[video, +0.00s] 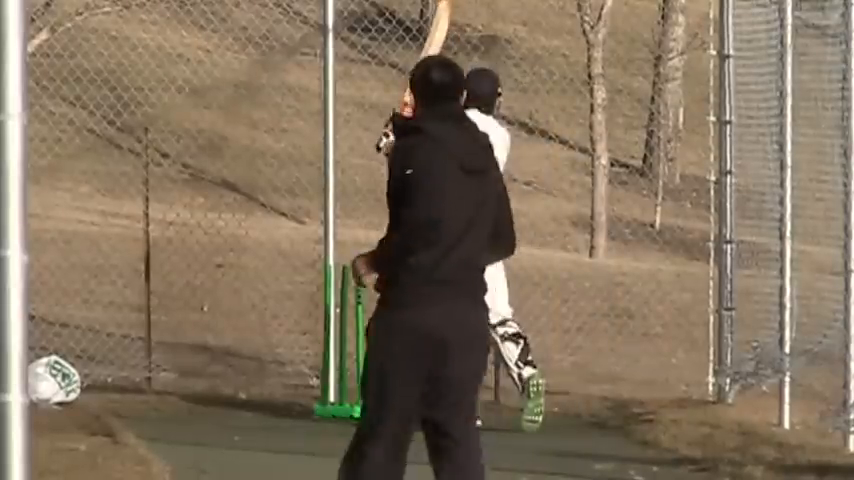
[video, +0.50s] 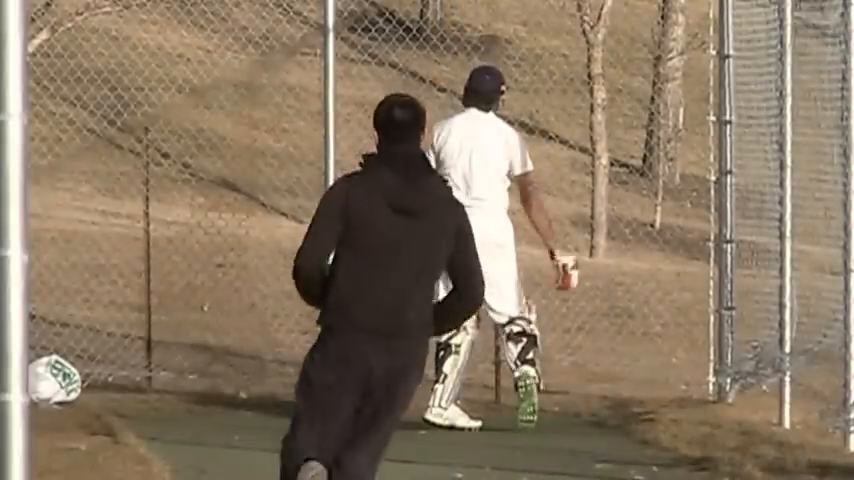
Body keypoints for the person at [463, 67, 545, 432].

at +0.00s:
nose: (462, 97)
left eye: (464, 92)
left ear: (464, 96)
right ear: (496, 99)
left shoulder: (453, 126)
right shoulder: (502, 134)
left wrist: (399, 132)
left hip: (452, 237)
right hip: (487, 236)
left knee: (446, 314)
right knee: (498, 313)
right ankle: (527, 374)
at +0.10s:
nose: (497, 100)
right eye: (498, 95)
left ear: (464, 94)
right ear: (496, 98)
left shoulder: (447, 127)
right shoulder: (504, 135)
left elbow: (422, 155)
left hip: (450, 230)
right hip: (488, 229)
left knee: (451, 312)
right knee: (498, 308)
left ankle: (443, 400)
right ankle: (528, 373)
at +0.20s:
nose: (490, 100)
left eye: (474, 91)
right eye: (493, 95)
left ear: (463, 93)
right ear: (496, 98)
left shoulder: (441, 128)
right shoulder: (505, 135)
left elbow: (423, 175)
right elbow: (494, 176)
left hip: (449, 233)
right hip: (491, 232)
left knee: (452, 316)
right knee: (500, 309)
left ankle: (439, 400)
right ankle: (528, 372)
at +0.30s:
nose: (488, 100)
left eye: (473, 90)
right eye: (493, 94)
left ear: (463, 92)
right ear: (497, 97)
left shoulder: (443, 128)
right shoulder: (506, 135)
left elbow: (426, 175)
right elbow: (499, 174)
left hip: (451, 234)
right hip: (493, 233)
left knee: (452, 316)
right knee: (504, 311)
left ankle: (441, 401)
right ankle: (527, 372)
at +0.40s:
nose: (492, 101)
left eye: (478, 92)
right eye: (494, 95)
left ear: (464, 93)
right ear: (496, 97)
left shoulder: (442, 129)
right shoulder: (506, 134)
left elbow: (430, 185)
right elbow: (511, 194)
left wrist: (427, 235)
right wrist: (513, 243)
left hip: (451, 237)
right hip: (494, 239)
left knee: (454, 319)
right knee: (508, 314)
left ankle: (441, 400)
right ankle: (528, 373)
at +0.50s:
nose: (496, 102)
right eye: (499, 96)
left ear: (465, 94)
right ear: (498, 98)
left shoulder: (442, 130)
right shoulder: (509, 136)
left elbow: (422, 182)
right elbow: (530, 198)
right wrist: (554, 250)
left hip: (449, 231)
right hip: (492, 232)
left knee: (455, 314)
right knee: (508, 312)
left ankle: (441, 401)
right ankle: (524, 369)